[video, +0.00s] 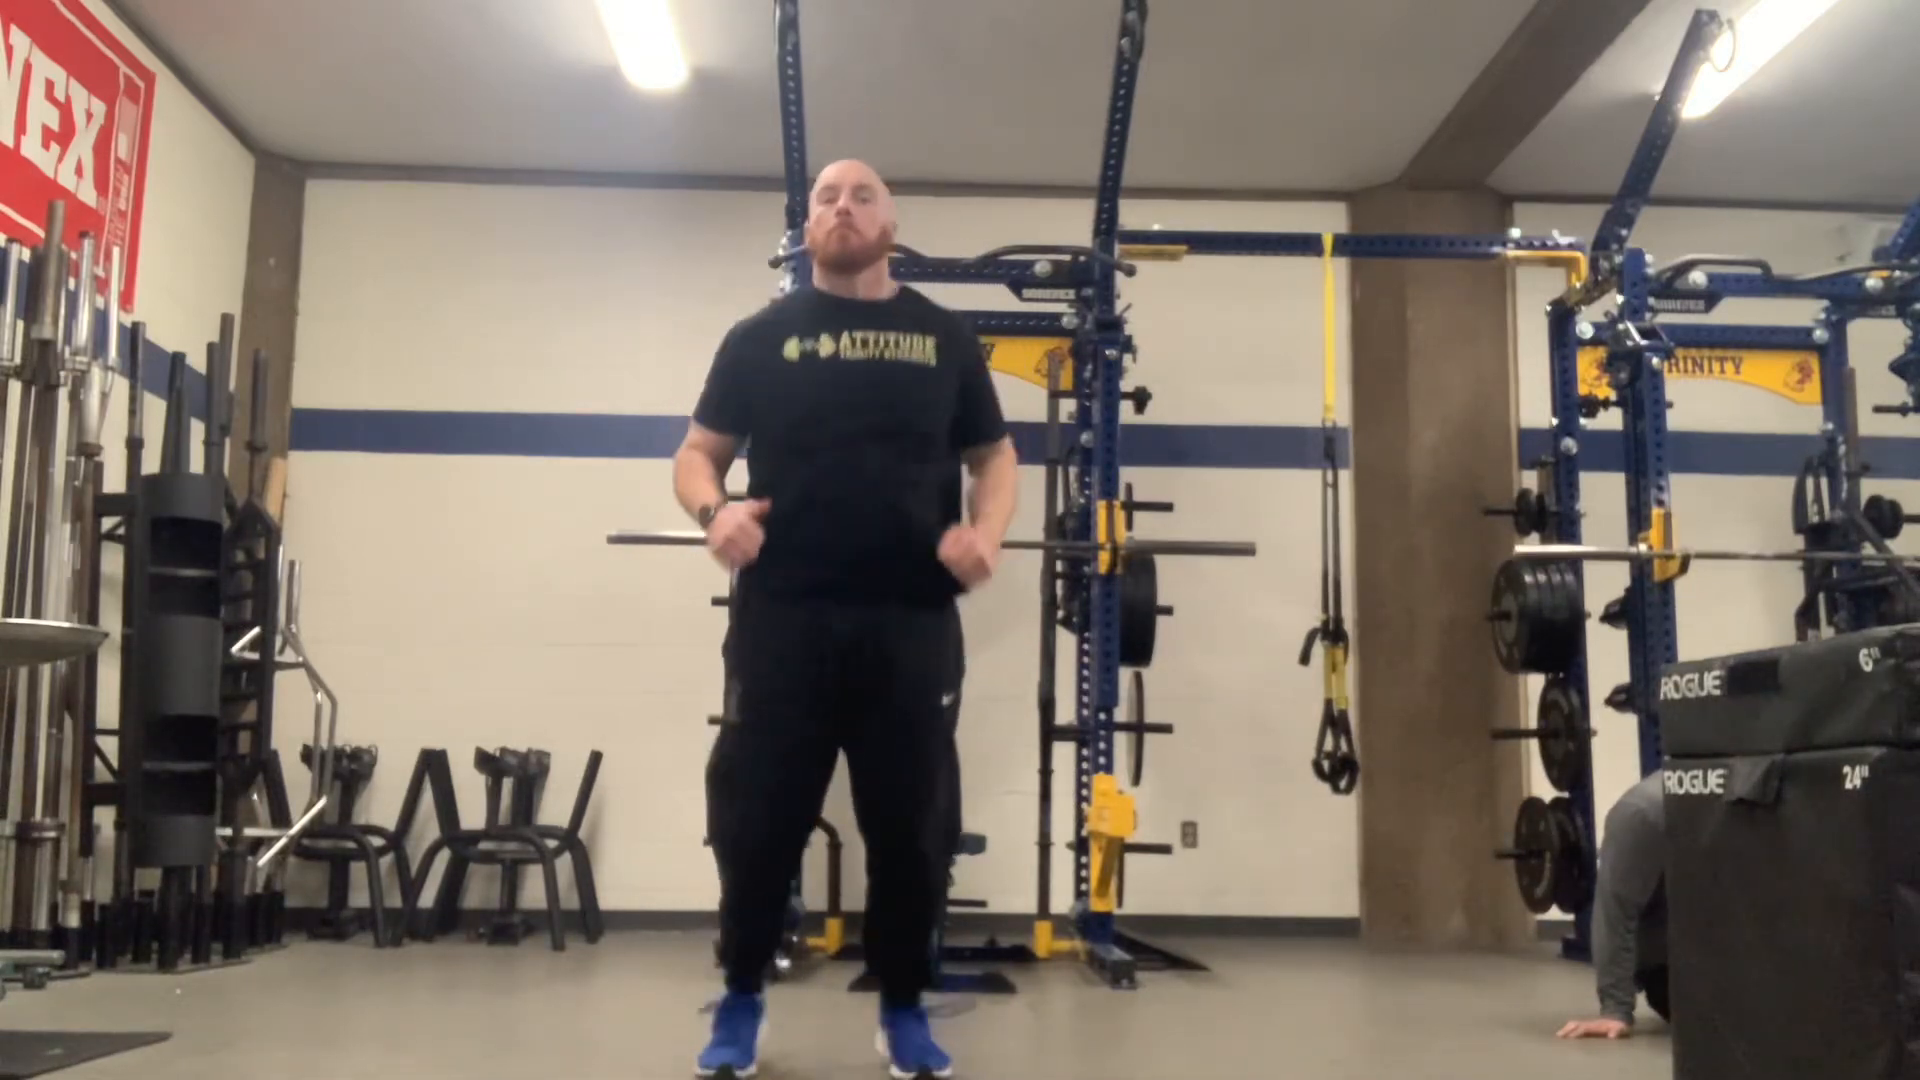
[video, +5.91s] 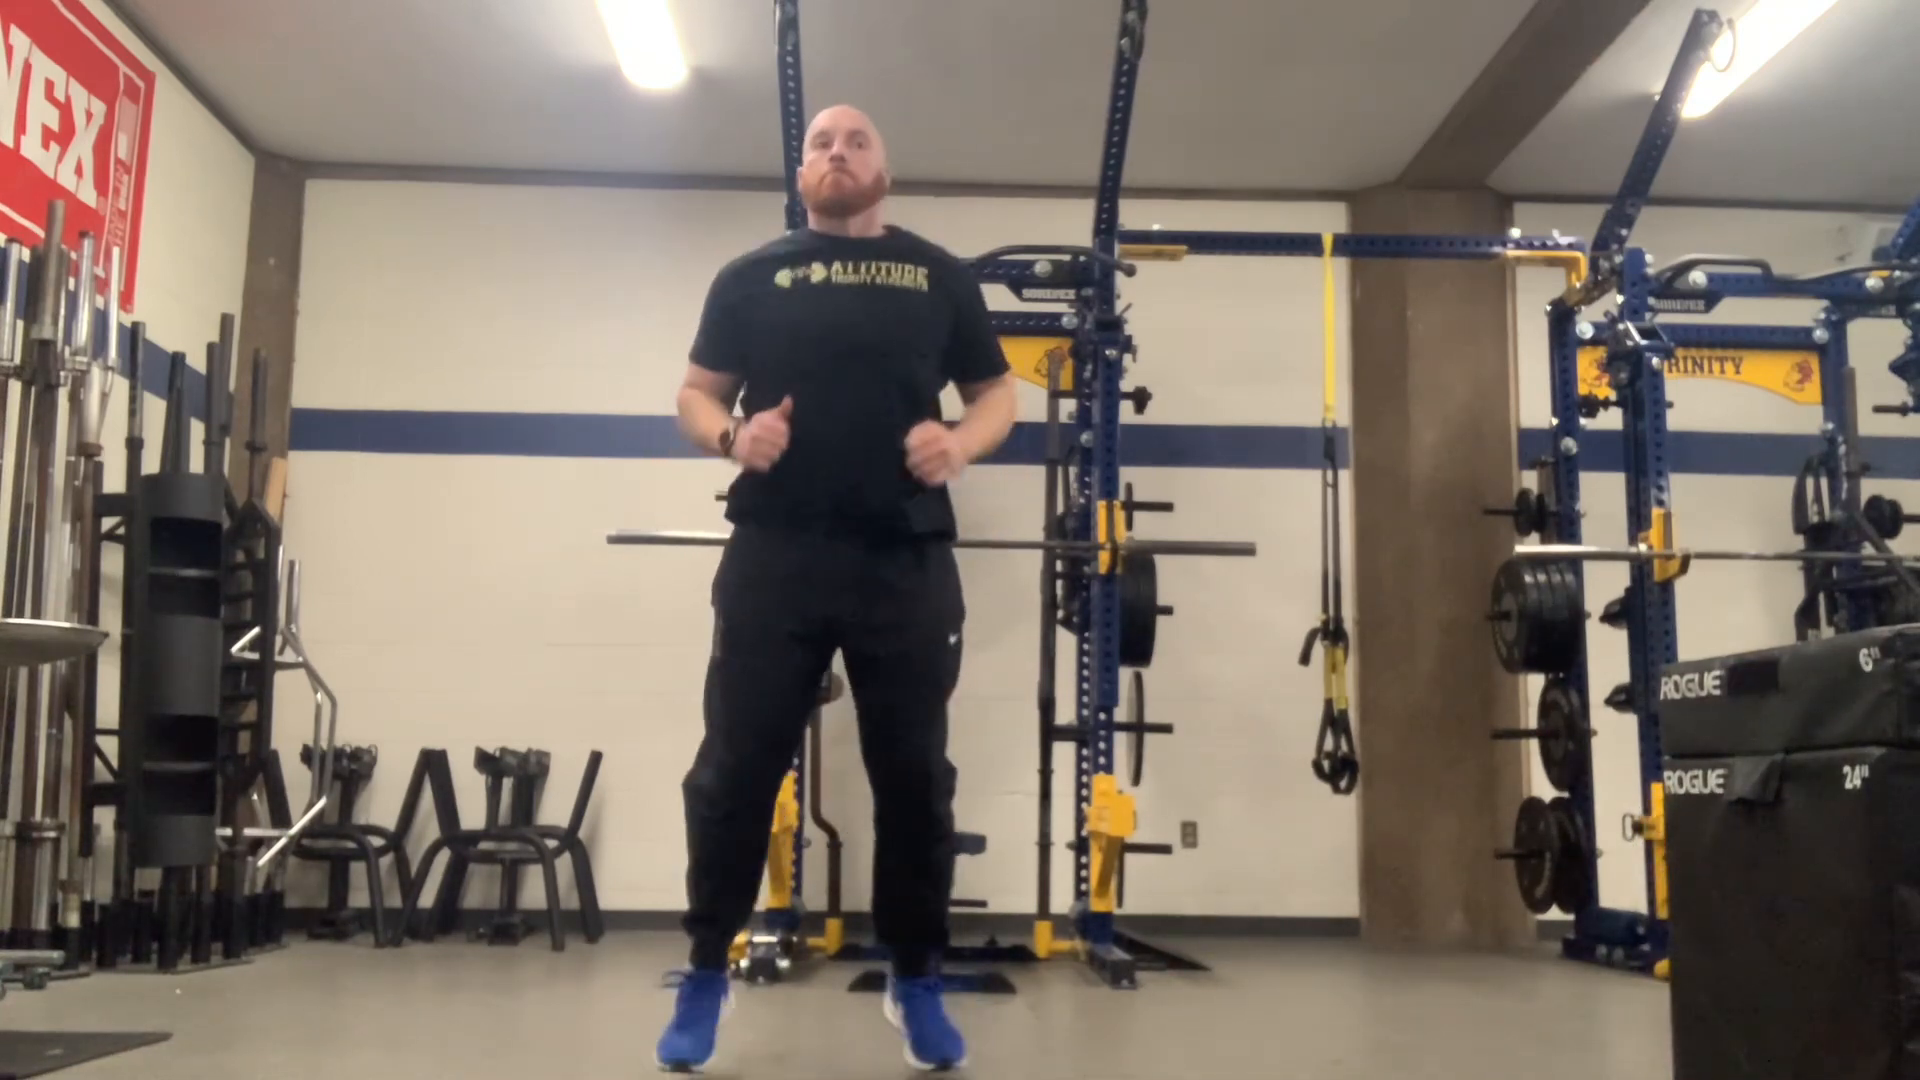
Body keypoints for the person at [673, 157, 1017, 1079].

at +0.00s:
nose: (843, 204)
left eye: (863, 194)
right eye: (827, 196)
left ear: (894, 228)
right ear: (804, 230)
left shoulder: (945, 338)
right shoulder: (760, 338)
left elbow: (995, 460)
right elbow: (695, 460)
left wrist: (985, 530)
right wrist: (714, 509)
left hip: (909, 622)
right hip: (782, 622)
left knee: (913, 830)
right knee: (757, 821)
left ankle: (905, 1017)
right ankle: (739, 1006)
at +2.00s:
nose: (831, 135)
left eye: (850, 125)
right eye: (815, 129)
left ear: (883, 158)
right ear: (792, 164)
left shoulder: (939, 264)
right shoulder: (746, 268)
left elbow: (1001, 390)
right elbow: (689, 394)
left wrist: (968, 426)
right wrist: (721, 419)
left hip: (907, 549)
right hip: (773, 546)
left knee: (922, 766)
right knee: (734, 751)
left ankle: (914, 991)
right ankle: (704, 979)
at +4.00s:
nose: (836, 151)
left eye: (857, 141)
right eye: (820, 144)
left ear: (894, 175)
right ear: (800, 179)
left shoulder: (943, 287)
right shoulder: (751, 284)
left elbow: (1006, 415)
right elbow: (695, 411)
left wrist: (962, 432)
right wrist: (732, 436)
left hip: (901, 587)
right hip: (768, 581)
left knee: (913, 809)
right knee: (734, 795)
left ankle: (922, 1027)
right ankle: (693, 1019)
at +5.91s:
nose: (838, 148)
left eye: (856, 139)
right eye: (820, 141)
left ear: (889, 172)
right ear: (798, 177)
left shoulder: (940, 278)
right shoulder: (749, 280)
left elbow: (999, 400)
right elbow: (697, 400)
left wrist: (962, 440)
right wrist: (731, 435)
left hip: (904, 565)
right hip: (775, 559)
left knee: (914, 778)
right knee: (732, 773)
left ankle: (916, 979)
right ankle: (703, 973)